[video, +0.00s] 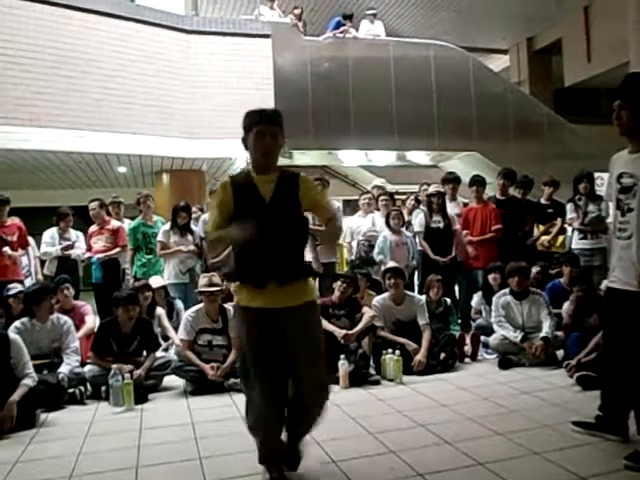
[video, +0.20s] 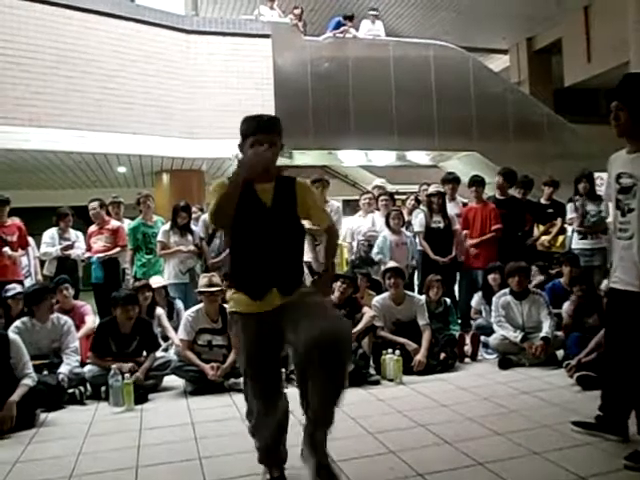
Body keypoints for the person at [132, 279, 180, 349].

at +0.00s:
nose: (146, 295)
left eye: (148, 291)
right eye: (142, 292)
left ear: (152, 293)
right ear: (137, 295)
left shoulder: (158, 311)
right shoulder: (134, 312)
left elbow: (168, 328)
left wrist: (177, 342)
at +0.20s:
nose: (146, 295)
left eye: (149, 291)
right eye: (142, 292)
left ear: (152, 293)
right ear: (137, 295)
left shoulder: (158, 311)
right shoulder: (134, 313)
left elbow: (167, 328)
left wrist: (176, 341)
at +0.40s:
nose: (146, 295)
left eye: (149, 291)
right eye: (142, 292)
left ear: (152, 293)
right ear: (137, 295)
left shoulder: (158, 311)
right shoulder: (133, 312)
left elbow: (168, 328)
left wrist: (176, 342)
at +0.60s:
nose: (146, 295)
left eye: (149, 292)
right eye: (142, 293)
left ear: (152, 294)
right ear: (137, 295)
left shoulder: (158, 311)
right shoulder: (134, 312)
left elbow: (167, 328)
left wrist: (175, 340)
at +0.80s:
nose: (146, 296)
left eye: (149, 292)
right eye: (143, 293)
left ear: (152, 294)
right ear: (137, 296)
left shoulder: (158, 311)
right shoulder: (134, 312)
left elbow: (167, 328)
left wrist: (176, 341)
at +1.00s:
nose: (146, 296)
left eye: (149, 292)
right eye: (143, 293)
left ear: (152, 294)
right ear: (137, 296)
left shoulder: (158, 311)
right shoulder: (134, 312)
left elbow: (167, 328)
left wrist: (176, 341)